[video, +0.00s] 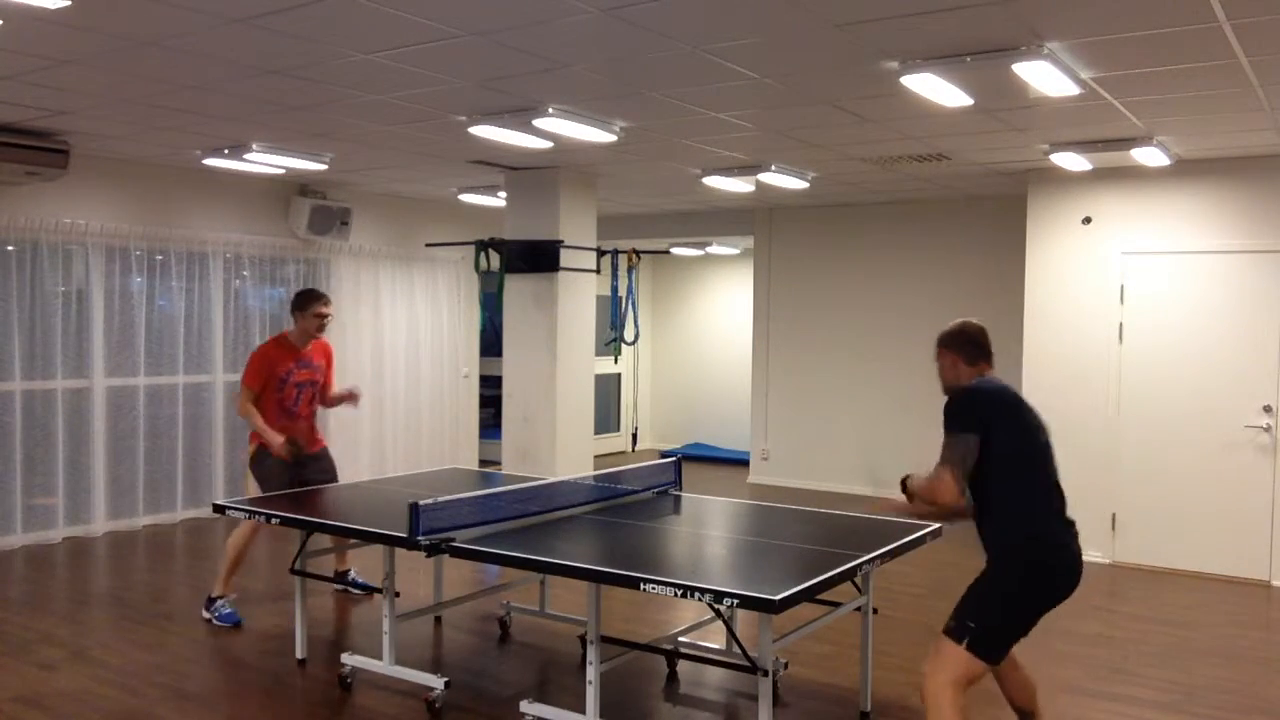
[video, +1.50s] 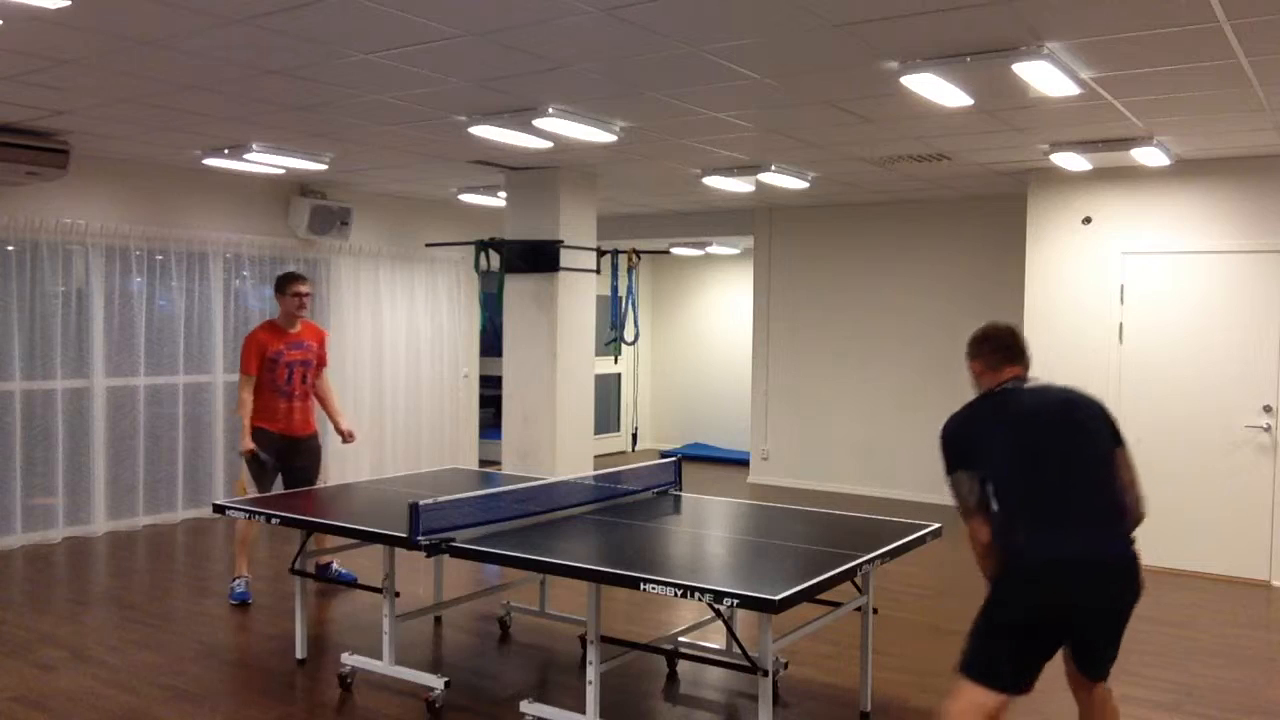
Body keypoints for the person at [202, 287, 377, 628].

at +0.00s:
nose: (325, 323)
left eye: (328, 317)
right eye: (319, 317)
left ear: (327, 319)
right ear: (297, 316)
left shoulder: (323, 351)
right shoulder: (267, 354)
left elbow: (323, 398)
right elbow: (244, 403)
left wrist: (341, 397)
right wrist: (270, 435)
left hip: (311, 447)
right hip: (272, 450)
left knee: (337, 509)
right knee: (258, 517)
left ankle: (342, 572)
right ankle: (217, 597)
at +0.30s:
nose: (311, 343)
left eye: (314, 337)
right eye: (306, 337)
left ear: (314, 337)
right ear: (284, 335)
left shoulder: (321, 366)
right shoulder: (255, 371)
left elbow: (331, 400)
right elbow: (235, 412)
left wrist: (333, 424)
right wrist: (233, 459)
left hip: (317, 459)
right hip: (273, 461)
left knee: (348, 513)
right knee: (256, 518)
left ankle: (361, 566)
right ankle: (223, 597)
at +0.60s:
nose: (326, 331)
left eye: (329, 325)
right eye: (322, 324)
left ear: (317, 325)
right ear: (302, 320)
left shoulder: (307, 354)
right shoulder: (277, 358)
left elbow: (303, 404)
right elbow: (283, 416)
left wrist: (340, 414)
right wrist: (336, 429)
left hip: (296, 447)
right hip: (261, 449)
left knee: (325, 504)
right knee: (256, 512)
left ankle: (342, 562)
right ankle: (220, 597)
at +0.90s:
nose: (351, 324)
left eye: (353, 319)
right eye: (345, 318)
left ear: (349, 323)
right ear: (327, 318)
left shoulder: (330, 355)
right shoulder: (304, 354)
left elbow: (314, 410)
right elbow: (291, 409)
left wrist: (334, 439)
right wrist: (328, 441)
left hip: (310, 446)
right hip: (275, 447)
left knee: (327, 507)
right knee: (251, 513)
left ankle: (325, 565)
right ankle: (223, 589)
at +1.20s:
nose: (332, 309)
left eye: (335, 304)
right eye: (326, 303)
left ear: (336, 307)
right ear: (308, 305)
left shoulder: (327, 340)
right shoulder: (284, 340)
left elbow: (321, 388)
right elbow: (267, 395)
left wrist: (349, 420)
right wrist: (288, 435)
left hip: (310, 434)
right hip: (275, 433)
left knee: (319, 501)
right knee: (259, 505)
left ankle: (324, 562)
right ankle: (242, 575)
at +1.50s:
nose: (304, 301)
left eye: (307, 296)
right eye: (297, 296)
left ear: (310, 299)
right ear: (279, 299)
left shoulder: (316, 335)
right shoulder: (259, 338)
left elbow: (319, 380)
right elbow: (246, 388)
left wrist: (338, 422)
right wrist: (245, 434)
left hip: (304, 435)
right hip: (266, 435)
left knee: (312, 501)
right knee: (250, 506)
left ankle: (324, 563)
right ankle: (241, 576)